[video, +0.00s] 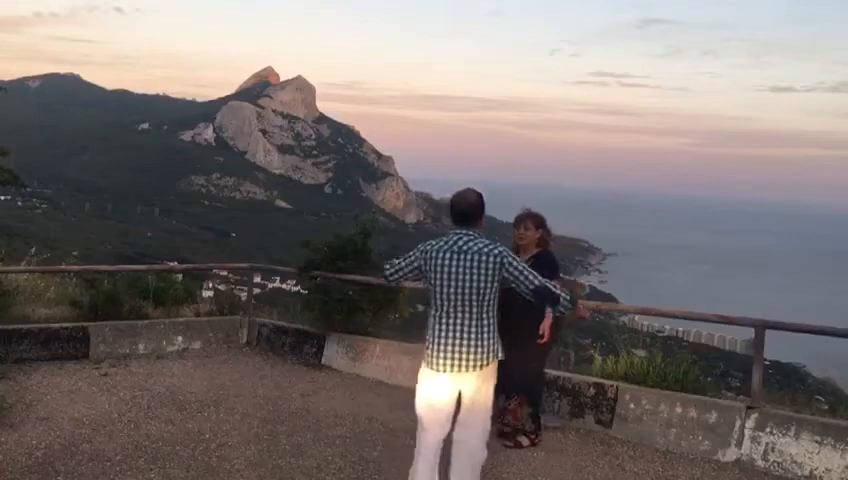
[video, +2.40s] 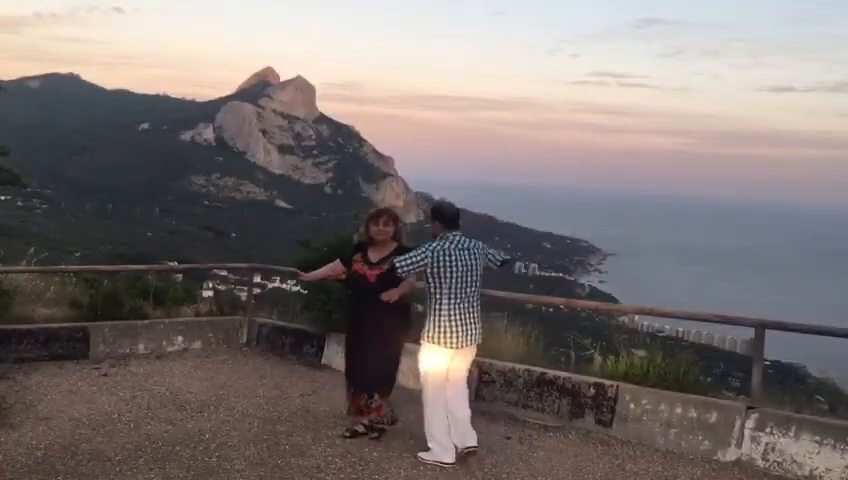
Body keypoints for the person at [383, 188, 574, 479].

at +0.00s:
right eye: (484, 215)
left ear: (450, 216)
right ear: (482, 218)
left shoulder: (430, 249)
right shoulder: (495, 252)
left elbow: (390, 273)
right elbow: (537, 286)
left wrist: (420, 271)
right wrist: (569, 303)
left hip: (439, 355)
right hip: (482, 356)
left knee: (429, 435)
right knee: (471, 436)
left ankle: (423, 475)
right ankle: (464, 475)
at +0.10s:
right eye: (492, 216)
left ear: (455, 216)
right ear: (487, 218)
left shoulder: (436, 249)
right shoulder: (501, 252)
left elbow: (396, 272)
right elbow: (542, 287)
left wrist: (428, 274)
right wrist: (575, 302)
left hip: (445, 352)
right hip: (487, 353)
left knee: (433, 434)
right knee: (475, 435)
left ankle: (428, 475)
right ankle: (466, 475)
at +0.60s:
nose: (496, 228)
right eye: (497, 222)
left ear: (465, 219)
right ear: (497, 220)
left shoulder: (447, 251)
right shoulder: (514, 252)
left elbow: (405, 264)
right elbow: (556, 279)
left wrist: (441, 275)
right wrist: (594, 290)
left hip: (457, 351)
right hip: (498, 354)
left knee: (451, 423)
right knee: (483, 428)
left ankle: (448, 474)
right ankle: (471, 474)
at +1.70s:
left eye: (469, 219)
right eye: (485, 217)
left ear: (465, 222)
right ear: (492, 221)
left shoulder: (449, 251)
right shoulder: (508, 252)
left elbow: (407, 260)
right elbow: (544, 277)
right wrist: (570, 287)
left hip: (457, 341)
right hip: (493, 343)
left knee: (449, 404)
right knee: (486, 406)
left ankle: (458, 466)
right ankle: (483, 465)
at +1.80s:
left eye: (467, 219)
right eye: (482, 216)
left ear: (463, 222)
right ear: (489, 221)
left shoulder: (450, 252)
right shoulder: (507, 250)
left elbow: (409, 266)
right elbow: (540, 274)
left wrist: (383, 267)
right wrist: (568, 285)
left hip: (458, 338)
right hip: (495, 339)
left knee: (448, 399)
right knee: (485, 403)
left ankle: (466, 459)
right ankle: (483, 464)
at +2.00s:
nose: (449, 226)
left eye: (449, 222)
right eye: (451, 221)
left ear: (452, 224)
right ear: (476, 222)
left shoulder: (446, 254)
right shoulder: (498, 246)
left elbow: (410, 278)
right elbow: (534, 258)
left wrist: (385, 268)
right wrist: (545, 257)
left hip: (457, 337)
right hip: (493, 336)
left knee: (441, 391)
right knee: (484, 400)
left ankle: (452, 452)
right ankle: (482, 462)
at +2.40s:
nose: (430, 227)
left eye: (431, 223)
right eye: (431, 222)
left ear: (436, 224)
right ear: (457, 223)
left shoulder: (433, 250)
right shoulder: (477, 247)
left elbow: (397, 266)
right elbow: (505, 261)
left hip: (438, 333)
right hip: (470, 332)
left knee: (434, 392)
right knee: (457, 385)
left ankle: (441, 452)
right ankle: (466, 439)